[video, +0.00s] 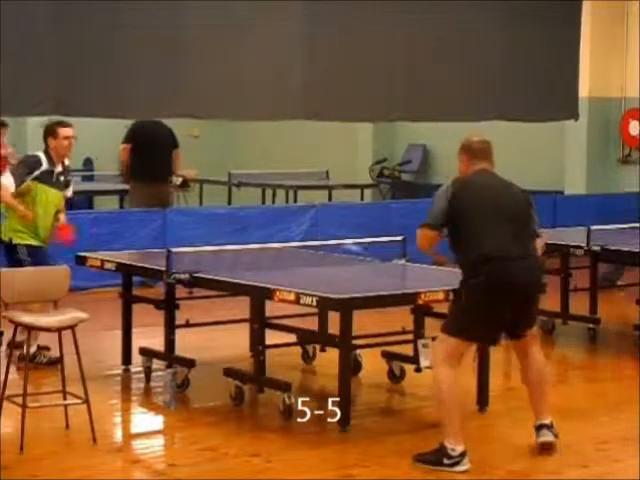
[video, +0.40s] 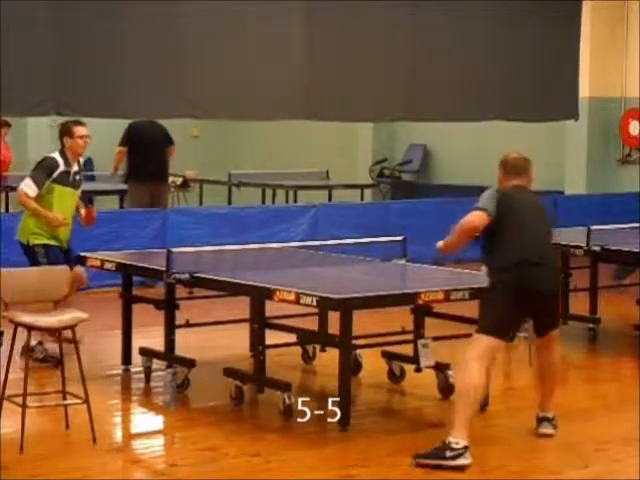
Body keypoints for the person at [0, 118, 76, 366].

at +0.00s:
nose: (70, 144)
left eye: (72, 139)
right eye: (66, 139)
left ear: (70, 142)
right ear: (51, 141)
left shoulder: (65, 172)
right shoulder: (32, 163)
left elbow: (60, 206)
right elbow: (5, 190)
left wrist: (61, 220)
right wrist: (22, 210)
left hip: (40, 237)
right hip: (19, 235)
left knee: (36, 290)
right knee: (37, 288)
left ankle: (21, 341)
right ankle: (27, 345)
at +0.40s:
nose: (86, 143)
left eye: (87, 138)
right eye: (81, 138)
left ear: (85, 141)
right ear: (67, 140)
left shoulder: (78, 167)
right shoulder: (51, 163)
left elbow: (74, 197)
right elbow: (23, 194)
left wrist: (83, 212)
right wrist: (47, 215)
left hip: (60, 237)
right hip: (37, 237)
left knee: (65, 284)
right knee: (52, 286)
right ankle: (35, 342)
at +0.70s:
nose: (101, 157)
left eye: (103, 152)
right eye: (97, 152)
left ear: (98, 156)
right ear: (82, 154)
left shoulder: (87, 182)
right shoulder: (67, 174)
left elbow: (88, 215)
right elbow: (50, 210)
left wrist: (96, 226)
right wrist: (84, 227)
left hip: (64, 244)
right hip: (43, 243)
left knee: (87, 284)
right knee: (64, 286)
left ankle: (68, 329)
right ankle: (40, 342)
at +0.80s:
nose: (102, 154)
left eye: (104, 149)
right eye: (98, 149)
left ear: (88, 151)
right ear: (84, 149)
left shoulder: (76, 169)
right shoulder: (77, 168)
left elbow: (75, 207)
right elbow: (75, 203)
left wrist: (92, 226)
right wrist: (104, 226)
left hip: (56, 237)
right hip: (42, 238)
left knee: (73, 281)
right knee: (60, 288)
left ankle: (67, 328)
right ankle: (40, 347)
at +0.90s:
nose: (102, 160)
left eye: (103, 155)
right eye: (98, 154)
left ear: (80, 155)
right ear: (83, 153)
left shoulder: (62, 170)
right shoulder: (81, 171)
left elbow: (52, 211)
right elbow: (94, 205)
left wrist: (78, 229)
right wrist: (128, 227)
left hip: (36, 239)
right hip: (49, 244)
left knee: (63, 290)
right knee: (74, 292)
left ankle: (54, 338)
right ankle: (48, 346)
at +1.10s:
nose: (106, 177)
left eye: (107, 172)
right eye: (103, 171)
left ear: (83, 171)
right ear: (88, 169)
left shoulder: (60, 185)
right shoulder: (90, 185)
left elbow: (31, 217)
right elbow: (107, 193)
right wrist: (129, 202)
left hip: (28, 250)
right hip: (52, 255)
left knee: (59, 300)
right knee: (80, 303)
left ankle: (42, 347)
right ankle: (48, 350)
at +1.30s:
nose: (107, 147)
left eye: (109, 142)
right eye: (104, 142)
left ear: (100, 142)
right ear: (89, 139)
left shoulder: (91, 166)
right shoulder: (69, 154)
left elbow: (110, 186)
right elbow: (49, 153)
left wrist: (132, 173)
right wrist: (44, 153)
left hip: (75, 233)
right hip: (55, 232)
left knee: (83, 281)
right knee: (64, 285)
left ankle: (65, 328)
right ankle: (50, 344)